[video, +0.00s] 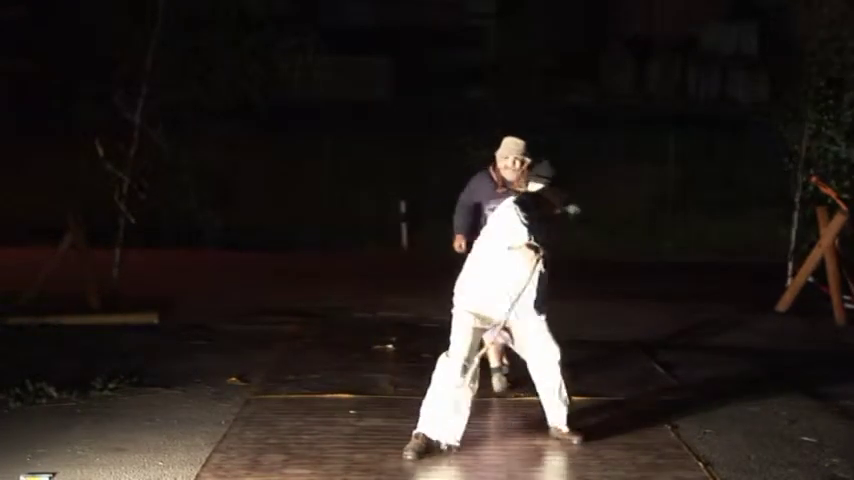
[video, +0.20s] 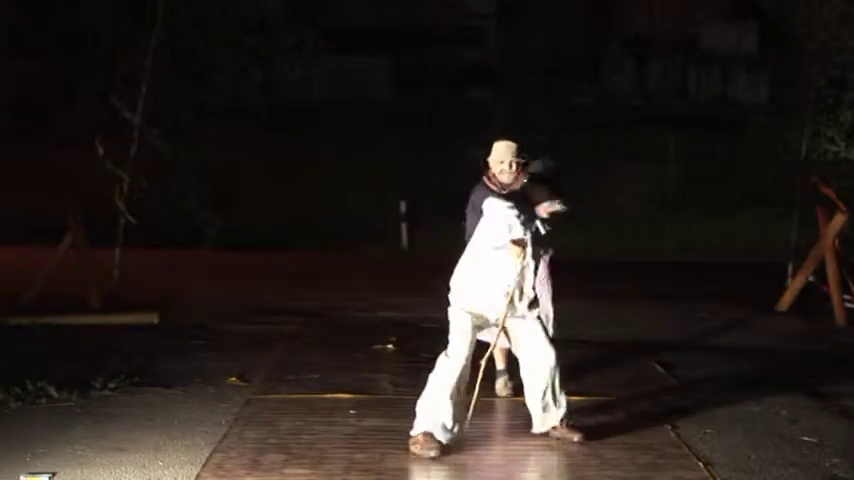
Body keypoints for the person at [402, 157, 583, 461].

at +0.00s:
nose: (555, 199)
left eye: (554, 193)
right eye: (549, 192)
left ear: (541, 187)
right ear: (537, 187)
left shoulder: (543, 222)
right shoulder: (514, 209)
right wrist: (531, 246)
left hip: (518, 308)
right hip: (475, 304)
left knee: (547, 357)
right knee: (457, 362)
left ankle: (558, 425)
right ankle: (426, 433)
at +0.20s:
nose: (516, 172)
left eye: (520, 166)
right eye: (509, 166)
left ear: (525, 176)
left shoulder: (525, 219)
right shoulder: (497, 210)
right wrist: (538, 219)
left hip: (510, 305)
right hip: (470, 301)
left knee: (542, 356)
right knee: (457, 358)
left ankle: (549, 421)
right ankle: (426, 431)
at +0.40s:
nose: (525, 217)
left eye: (530, 210)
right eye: (520, 209)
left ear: (533, 207)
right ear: (503, 202)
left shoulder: (541, 234)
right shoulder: (482, 227)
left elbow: (580, 252)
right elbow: (445, 258)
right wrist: (462, 288)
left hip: (521, 312)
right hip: (476, 309)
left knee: (558, 360)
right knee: (456, 365)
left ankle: (557, 424)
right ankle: (428, 432)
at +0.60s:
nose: (491, 194)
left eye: (491, 187)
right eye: (483, 190)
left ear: (496, 187)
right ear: (468, 195)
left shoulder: (518, 214)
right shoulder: (460, 222)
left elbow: (527, 261)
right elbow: (417, 254)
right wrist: (421, 278)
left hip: (509, 304)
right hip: (466, 306)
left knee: (549, 356)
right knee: (447, 362)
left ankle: (559, 423)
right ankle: (426, 432)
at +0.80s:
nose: (467, 168)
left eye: (468, 161)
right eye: (459, 163)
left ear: (470, 162)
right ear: (442, 167)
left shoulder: (488, 185)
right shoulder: (427, 198)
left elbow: (490, 203)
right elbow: (407, 229)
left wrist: (455, 187)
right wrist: (399, 251)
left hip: (486, 288)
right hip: (444, 292)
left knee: (525, 340)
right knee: (441, 353)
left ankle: (536, 414)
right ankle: (423, 430)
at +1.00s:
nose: (442, 169)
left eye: (442, 162)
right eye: (433, 164)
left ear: (445, 164)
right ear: (418, 169)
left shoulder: (459, 193)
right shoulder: (409, 202)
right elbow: (387, 234)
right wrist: (387, 258)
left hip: (470, 293)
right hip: (431, 296)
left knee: (497, 351)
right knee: (436, 359)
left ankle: (498, 429)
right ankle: (411, 429)